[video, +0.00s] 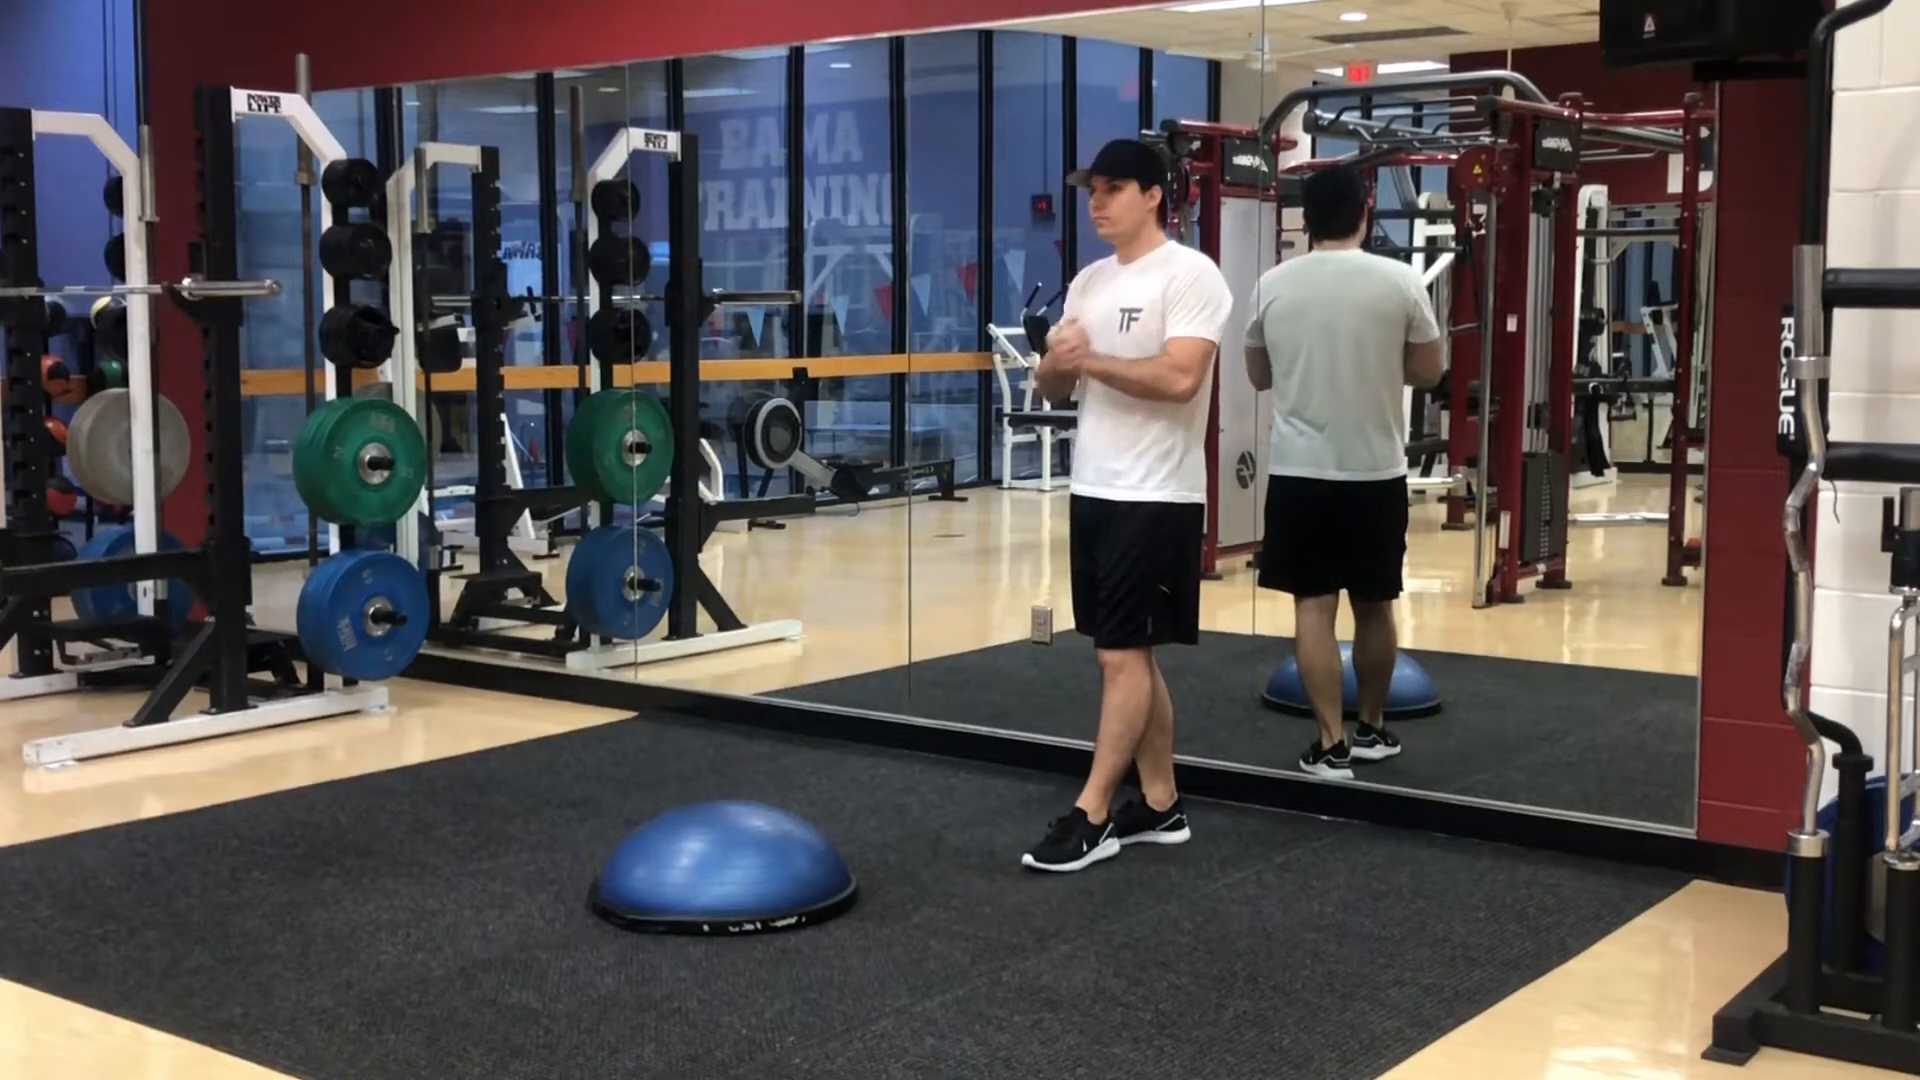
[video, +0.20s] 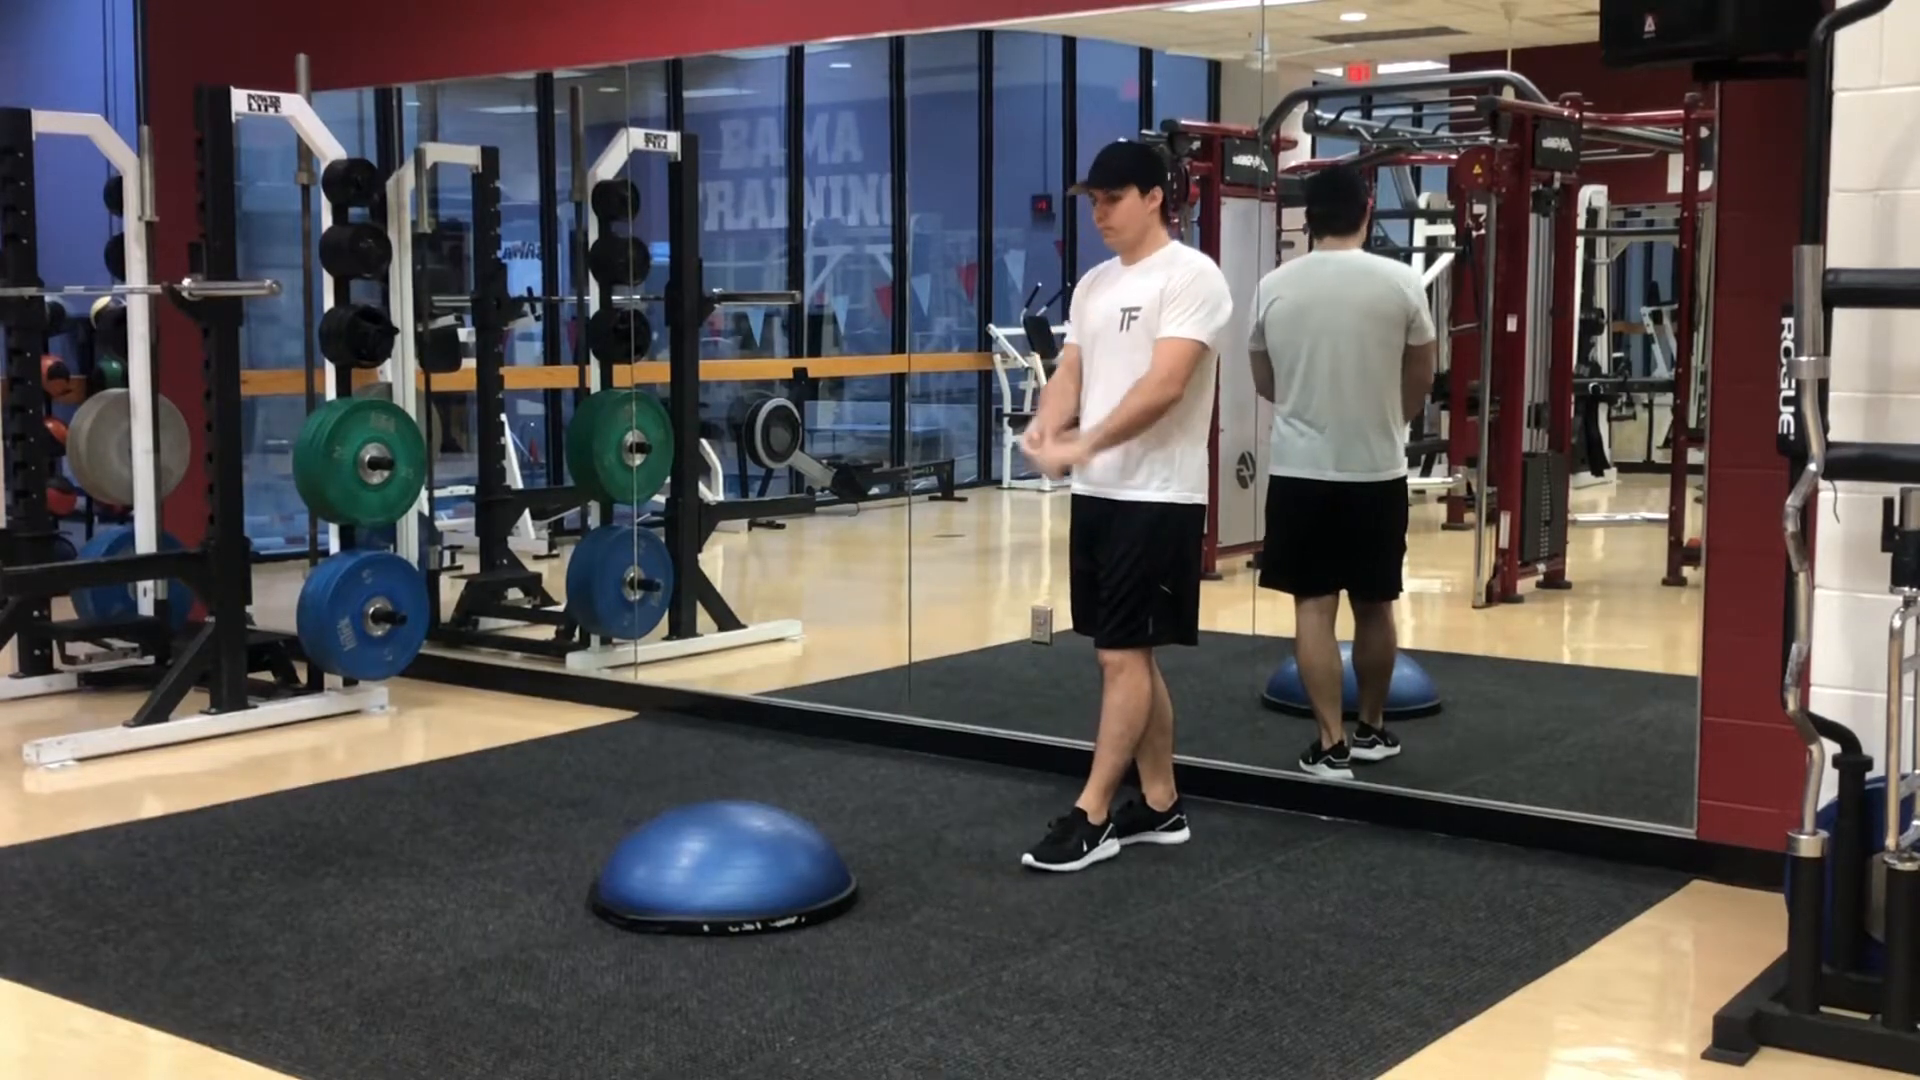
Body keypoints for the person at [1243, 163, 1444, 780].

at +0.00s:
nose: (1370, 215)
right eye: (1369, 207)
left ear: (1306, 217)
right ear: (1366, 213)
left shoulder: (1274, 285)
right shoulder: (1400, 281)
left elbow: (1260, 374)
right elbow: (1427, 370)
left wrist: (1315, 347)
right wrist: (1371, 353)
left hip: (1299, 474)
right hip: (1376, 474)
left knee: (1314, 606)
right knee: (1374, 604)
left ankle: (1331, 744)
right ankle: (1370, 727)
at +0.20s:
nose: (1369, 218)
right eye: (1369, 209)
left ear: (1309, 218)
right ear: (1367, 214)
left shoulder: (1275, 285)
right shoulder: (1400, 282)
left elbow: (1266, 384)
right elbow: (1420, 381)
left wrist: (1320, 399)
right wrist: (1392, 419)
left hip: (1300, 474)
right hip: (1377, 474)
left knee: (1314, 606)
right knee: (1375, 604)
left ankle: (1331, 745)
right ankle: (1370, 727)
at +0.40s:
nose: (1372, 229)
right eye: (1373, 221)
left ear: (1312, 225)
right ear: (1368, 222)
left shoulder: (1275, 287)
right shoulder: (1402, 283)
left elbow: (1248, 387)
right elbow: (1438, 380)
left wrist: (1246, 457)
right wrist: (1464, 459)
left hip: (1300, 476)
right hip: (1380, 476)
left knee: (1315, 607)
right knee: (1376, 603)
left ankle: (1331, 744)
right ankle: (1371, 728)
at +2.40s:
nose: (1428, 244)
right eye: (1432, 237)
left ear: (1376, 232)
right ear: (1430, 235)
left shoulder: (1334, 277)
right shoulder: (1451, 282)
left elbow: (1294, 366)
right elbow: (1475, 381)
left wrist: (1288, 435)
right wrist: (1484, 452)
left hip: (1334, 462)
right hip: (1407, 468)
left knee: (1332, 577)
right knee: (1390, 596)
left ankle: (1316, 704)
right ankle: (1370, 722)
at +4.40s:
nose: (1419, 246)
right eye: (1426, 239)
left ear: (1375, 234)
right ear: (1425, 238)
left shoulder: (1332, 277)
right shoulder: (1451, 280)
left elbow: (1290, 366)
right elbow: (1474, 372)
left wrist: (1285, 436)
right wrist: (1478, 444)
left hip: (1330, 447)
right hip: (1404, 458)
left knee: (1344, 528)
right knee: (1388, 589)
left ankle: (1327, 638)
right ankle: (1369, 717)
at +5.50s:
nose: (1380, 246)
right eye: (1382, 238)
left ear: (1331, 230)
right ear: (1377, 235)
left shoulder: (1286, 271)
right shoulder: (1395, 276)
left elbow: (1230, 338)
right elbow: (1436, 340)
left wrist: (1253, 375)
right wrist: (1433, 381)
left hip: (1280, 440)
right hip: (1352, 447)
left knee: (1291, 521)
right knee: (1366, 578)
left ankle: (1262, 629)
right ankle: (1368, 706)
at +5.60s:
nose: (1365, 228)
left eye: (1359, 222)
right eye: (1365, 221)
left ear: (1312, 215)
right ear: (1361, 218)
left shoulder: (1265, 254)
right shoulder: (1371, 255)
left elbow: (1212, 321)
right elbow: (1392, 315)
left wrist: (1251, 373)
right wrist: (1390, 362)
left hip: (1267, 420)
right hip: (1335, 425)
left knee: (1261, 534)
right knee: (1370, 543)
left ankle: (1215, 644)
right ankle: (1356, 659)